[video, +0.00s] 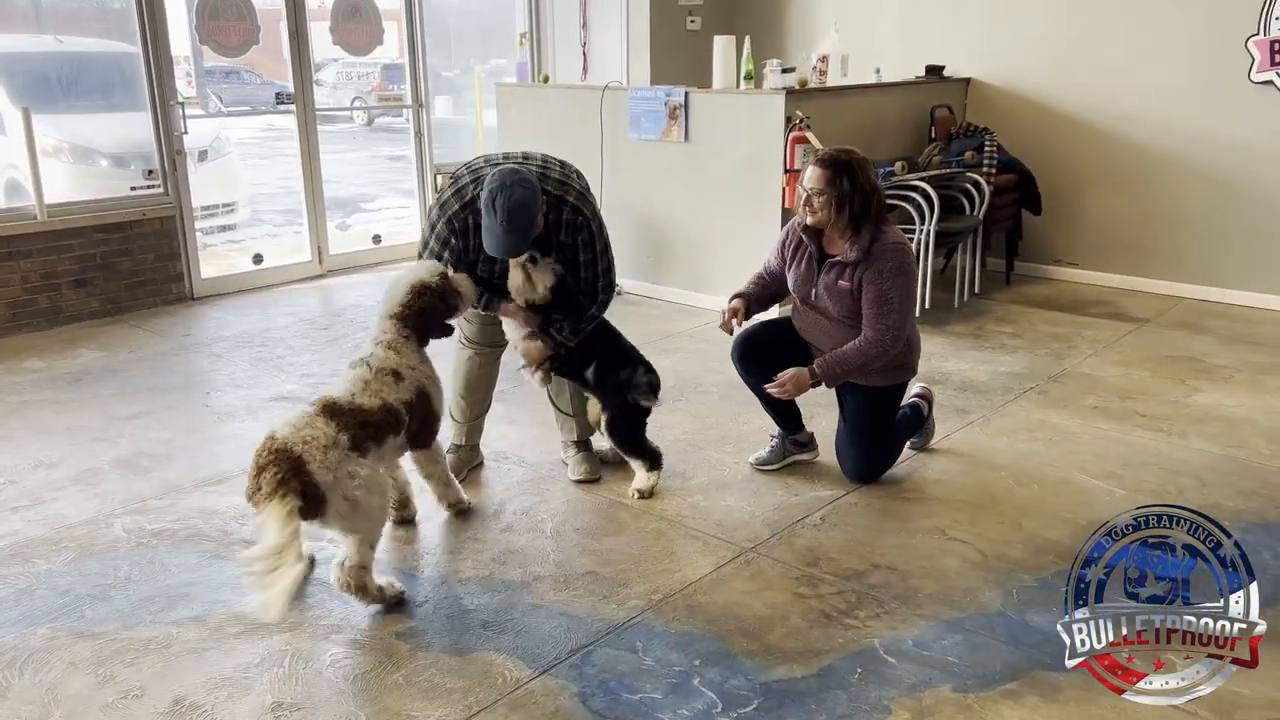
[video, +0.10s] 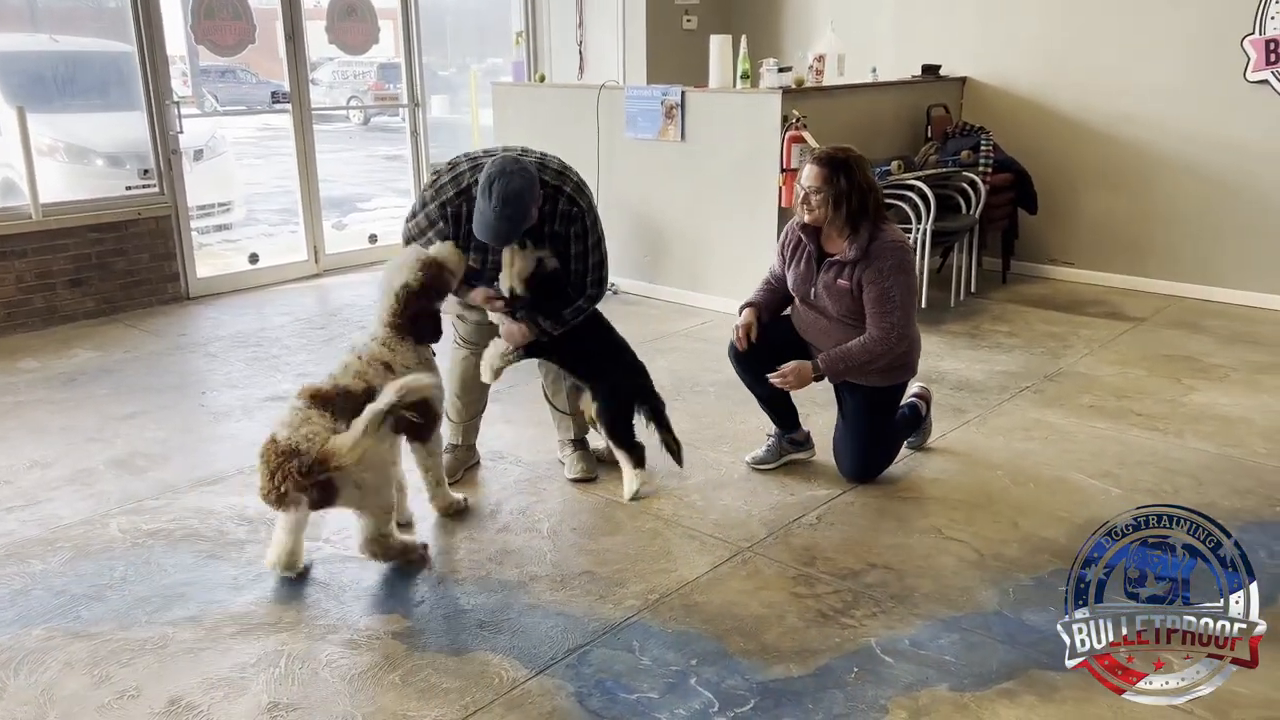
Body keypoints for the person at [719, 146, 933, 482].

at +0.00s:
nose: (804, 200)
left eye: (816, 194)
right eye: (803, 191)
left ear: (847, 197)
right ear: (799, 190)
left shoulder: (886, 254)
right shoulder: (799, 232)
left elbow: (882, 340)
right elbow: (773, 277)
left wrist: (812, 374)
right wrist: (744, 299)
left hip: (872, 360)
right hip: (815, 336)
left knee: (859, 468)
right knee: (749, 349)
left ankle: (919, 409)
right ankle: (796, 437)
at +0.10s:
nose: (803, 199)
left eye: (814, 192)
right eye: (802, 189)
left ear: (845, 195)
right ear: (798, 189)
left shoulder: (886, 252)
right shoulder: (799, 232)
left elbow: (888, 339)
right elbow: (778, 282)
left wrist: (817, 368)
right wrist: (752, 308)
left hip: (871, 359)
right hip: (814, 335)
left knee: (857, 468)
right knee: (746, 347)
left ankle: (918, 407)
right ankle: (792, 435)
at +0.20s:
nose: (800, 200)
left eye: (811, 193)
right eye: (799, 190)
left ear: (842, 195)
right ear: (797, 190)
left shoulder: (884, 252)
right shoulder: (797, 233)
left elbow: (890, 340)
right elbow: (779, 283)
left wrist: (821, 372)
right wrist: (753, 312)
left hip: (873, 361)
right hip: (815, 338)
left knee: (855, 468)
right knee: (745, 348)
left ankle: (916, 408)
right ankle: (789, 435)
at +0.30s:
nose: (798, 200)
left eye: (809, 193)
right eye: (797, 191)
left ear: (839, 196)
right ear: (794, 191)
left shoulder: (882, 254)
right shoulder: (796, 234)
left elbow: (891, 341)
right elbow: (777, 283)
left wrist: (824, 377)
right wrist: (750, 311)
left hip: (873, 363)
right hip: (816, 341)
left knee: (852, 468)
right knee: (746, 344)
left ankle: (915, 407)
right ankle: (787, 435)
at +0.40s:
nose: (799, 201)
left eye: (810, 194)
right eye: (798, 192)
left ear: (840, 195)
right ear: (795, 191)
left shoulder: (882, 253)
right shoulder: (796, 234)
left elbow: (889, 341)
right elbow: (777, 283)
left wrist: (822, 378)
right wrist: (750, 312)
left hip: (872, 363)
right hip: (816, 341)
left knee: (851, 468)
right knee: (745, 344)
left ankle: (913, 408)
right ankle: (786, 435)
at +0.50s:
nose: (800, 198)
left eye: (810, 191)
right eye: (799, 189)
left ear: (841, 193)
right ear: (796, 188)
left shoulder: (884, 253)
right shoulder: (798, 231)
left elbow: (886, 340)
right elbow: (778, 281)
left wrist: (816, 374)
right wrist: (750, 311)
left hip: (872, 362)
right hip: (814, 338)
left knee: (849, 467)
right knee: (743, 344)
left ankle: (911, 407)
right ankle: (785, 435)